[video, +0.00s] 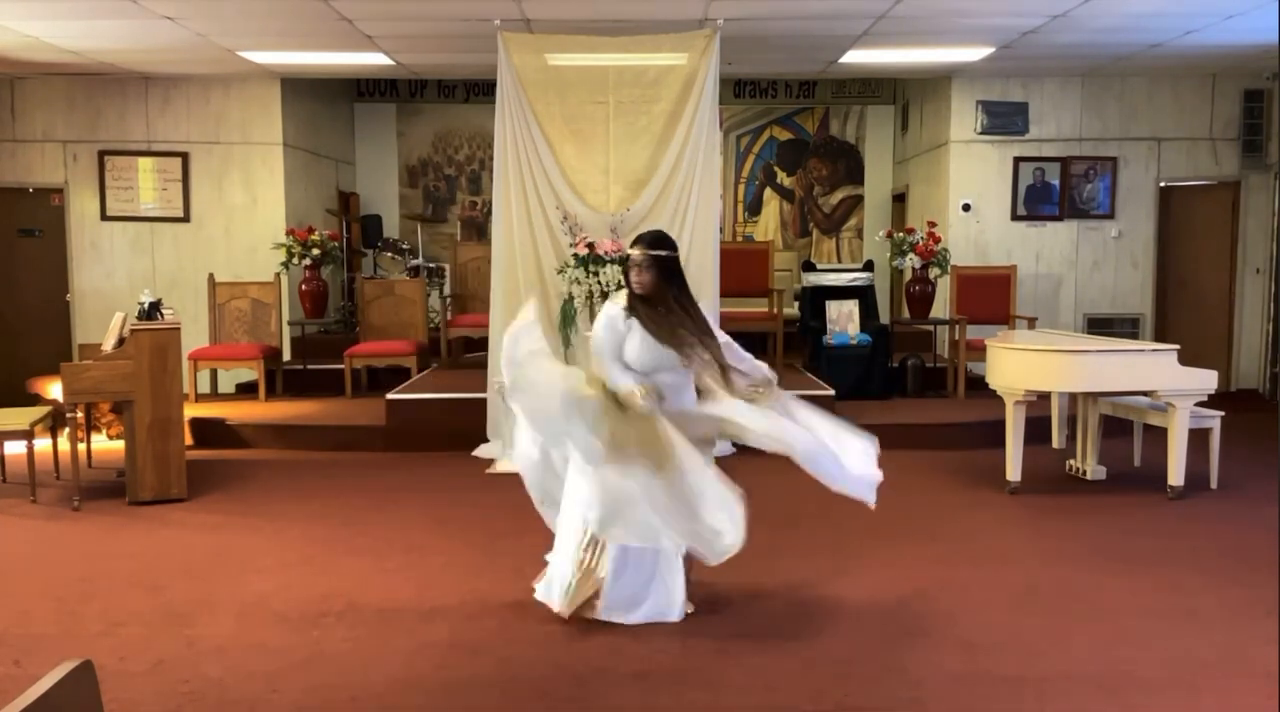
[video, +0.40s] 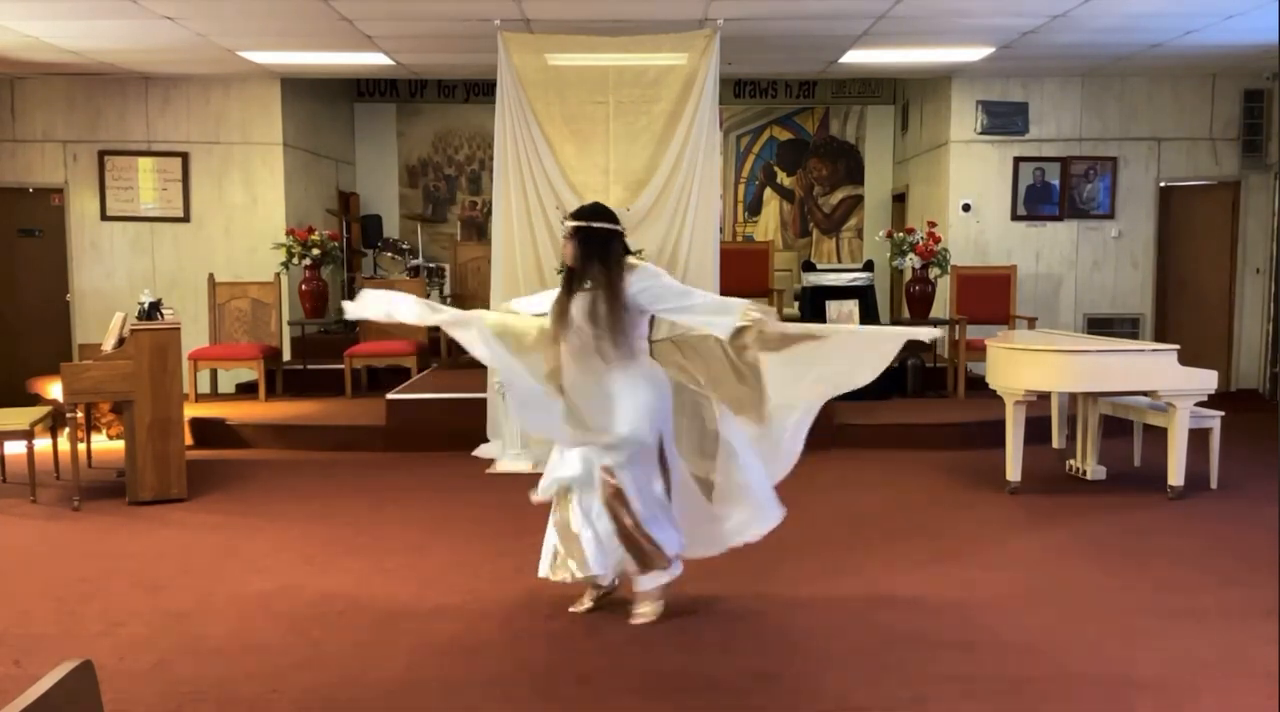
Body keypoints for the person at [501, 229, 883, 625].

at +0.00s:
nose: (635, 274)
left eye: (644, 267)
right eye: (631, 266)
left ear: (666, 272)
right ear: (627, 270)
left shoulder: (683, 312)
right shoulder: (617, 313)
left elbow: (719, 345)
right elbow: (602, 363)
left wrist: (757, 373)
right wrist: (631, 387)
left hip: (682, 421)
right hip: (632, 422)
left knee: (673, 507)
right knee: (618, 506)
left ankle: (669, 592)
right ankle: (579, 590)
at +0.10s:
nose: (616, 267)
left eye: (625, 260)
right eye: (614, 259)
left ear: (651, 264)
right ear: (613, 263)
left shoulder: (680, 306)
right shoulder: (602, 309)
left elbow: (718, 338)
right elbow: (573, 358)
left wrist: (760, 358)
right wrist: (594, 380)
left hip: (677, 420)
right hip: (623, 421)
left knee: (670, 502)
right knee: (618, 503)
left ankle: (667, 589)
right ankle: (616, 592)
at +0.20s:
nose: (597, 257)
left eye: (605, 250)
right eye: (597, 249)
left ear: (631, 254)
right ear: (600, 254)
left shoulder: (675, 292)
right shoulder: (589, 297)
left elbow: (721, 322)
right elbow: (543, 325)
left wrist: (772, 337)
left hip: (668, 406)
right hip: (608, 406)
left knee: (672, 496)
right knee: (578, 477)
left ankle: (675, 584)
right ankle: (593, 585)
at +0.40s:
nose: (563, 248)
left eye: (570, 241)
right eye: (566, 241)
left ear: (592, 247)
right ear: (589, 249)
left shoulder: (638, 284)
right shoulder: (567, 297)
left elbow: (697, 308)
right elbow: (510, 320)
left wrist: (753, 328)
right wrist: (453, 319)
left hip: (636, 396)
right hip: (589, 402)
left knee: (620, 487)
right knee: (577, 489)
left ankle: (656, 577)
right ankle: (602, 578)